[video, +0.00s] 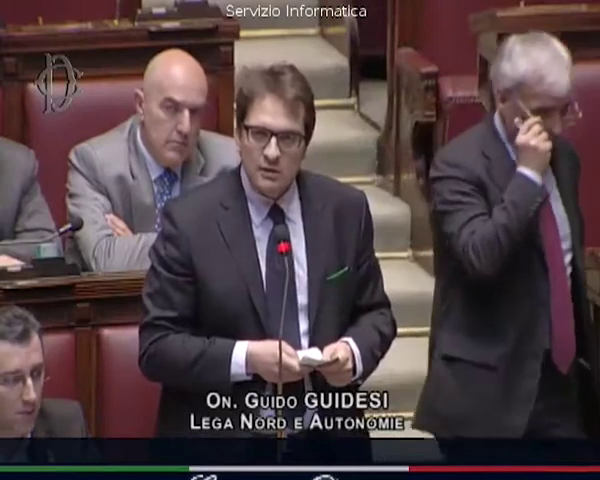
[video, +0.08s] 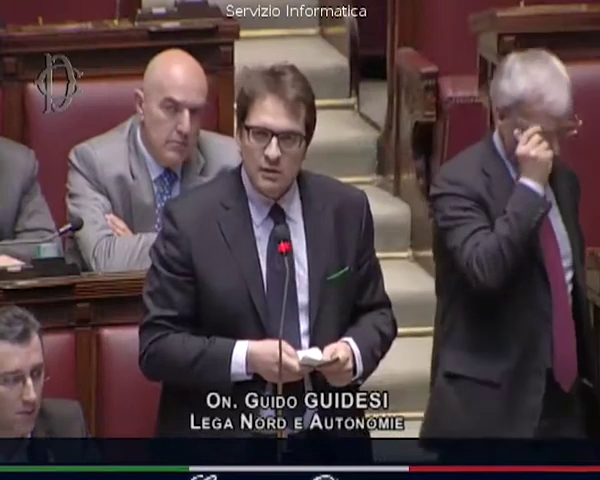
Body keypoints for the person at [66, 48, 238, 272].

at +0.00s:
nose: (185, 127)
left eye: (195, 111)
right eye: (170, 108)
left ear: (204, 108)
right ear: (140, 104)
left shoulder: (230, 157)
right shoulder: (91, 161)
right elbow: (105, 259)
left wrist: (138, 251)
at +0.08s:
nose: (185, 127)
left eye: (195, 111)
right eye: (170, 108)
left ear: (204, 108)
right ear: (140, 104)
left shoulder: (230, 157)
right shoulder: (91, 161)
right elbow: (105, 259)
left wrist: (139, 251)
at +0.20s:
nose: (185, 127)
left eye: (195, 111)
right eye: (170, 108)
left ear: (204, 108)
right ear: (140, 104)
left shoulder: (230, 157)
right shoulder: (91, 161)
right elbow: (105, 259)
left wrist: (139, 251)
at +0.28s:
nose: (185, 127)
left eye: (195, 111)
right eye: (170, 107)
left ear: (204, 108)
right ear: (140, 104)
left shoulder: (231, 158)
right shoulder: (91, 161)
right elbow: (105, 259)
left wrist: (139, 251)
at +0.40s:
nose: (185, 126)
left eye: (195, 110)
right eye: (170, 107)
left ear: (204, 108)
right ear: (140, 104)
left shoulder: (231, 157)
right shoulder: (91, 161)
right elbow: (105, 259)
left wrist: (138, 252)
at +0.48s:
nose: (185, 126)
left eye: (195, 110)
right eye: (170, 106)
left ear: (204, 108)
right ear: (140, 104)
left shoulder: (231, 157)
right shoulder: (91, 161)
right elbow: (105, 259)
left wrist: (138, 251)